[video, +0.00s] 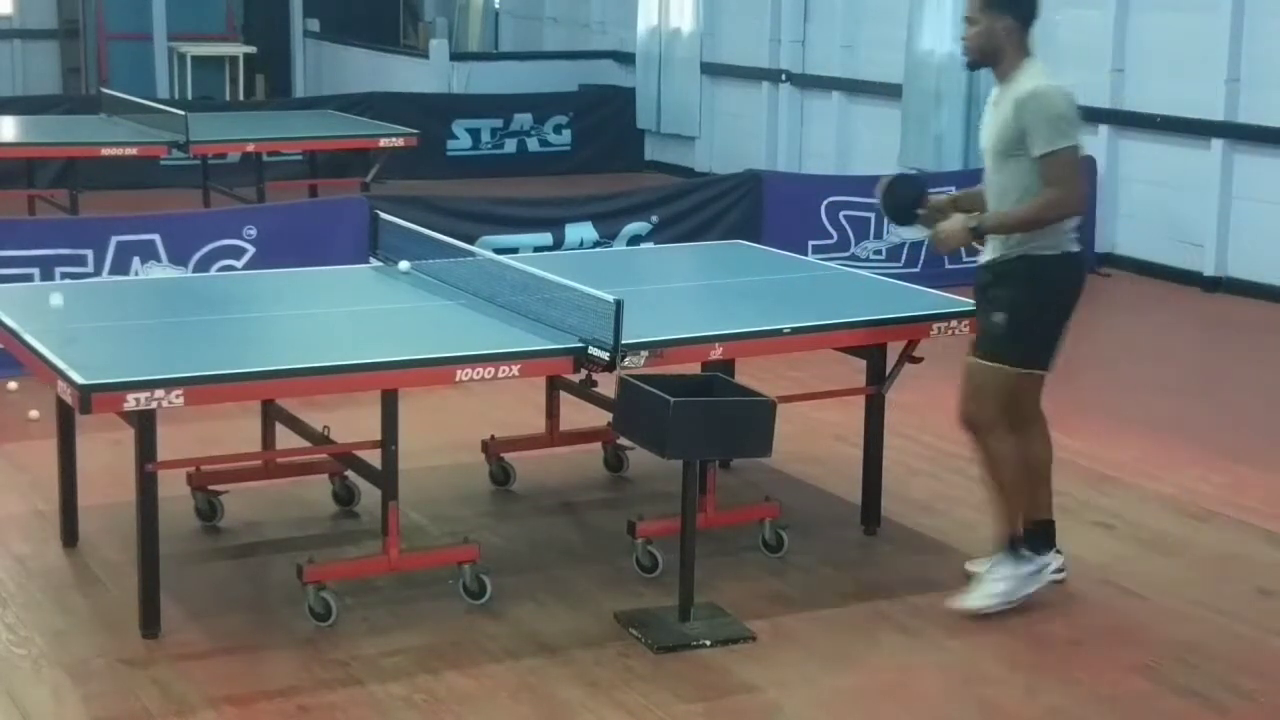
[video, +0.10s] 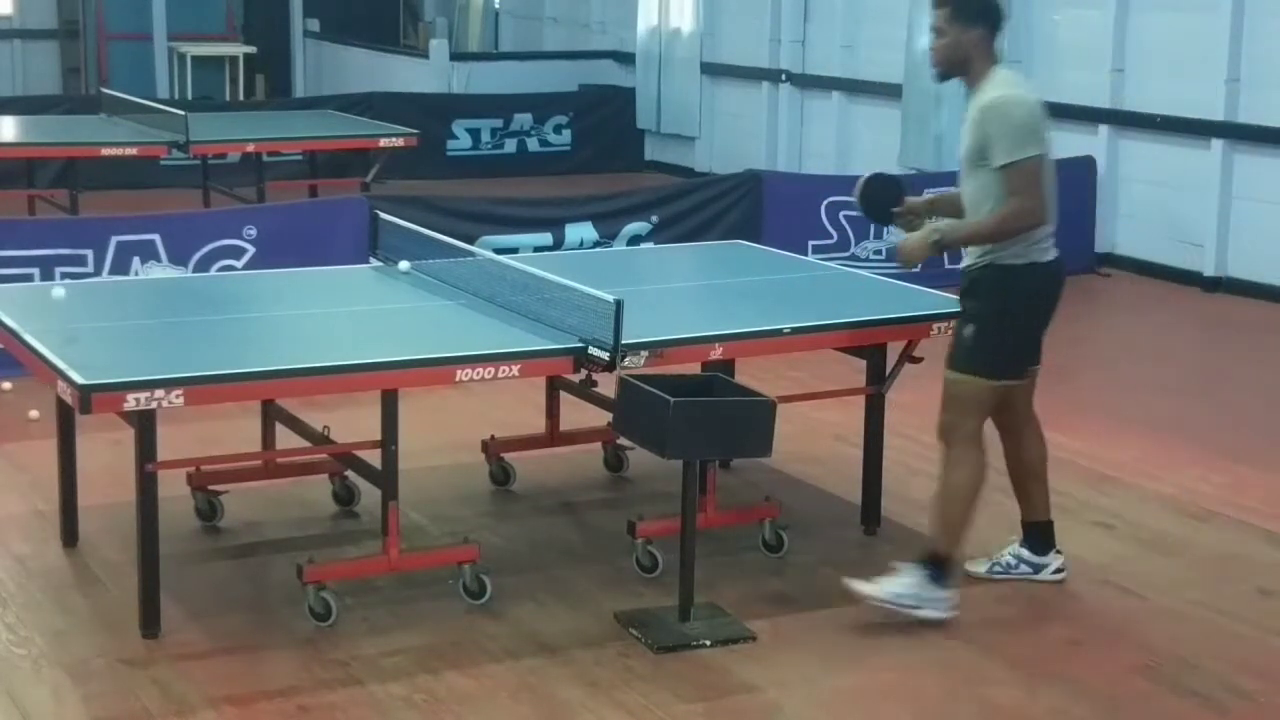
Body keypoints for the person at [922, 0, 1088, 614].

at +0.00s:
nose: (964, 35)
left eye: (973, 22)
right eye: (965, 22)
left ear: (1008, 26)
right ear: (1003, 28)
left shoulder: (1041, 97)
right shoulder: (1007, 97)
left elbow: (1069, 196)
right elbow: (1019, 188)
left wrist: (976, 225)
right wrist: (956, 202)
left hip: (1037, 267)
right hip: (1020, 264)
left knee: (982, 409)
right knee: (1020, 411)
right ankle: (1038, 546)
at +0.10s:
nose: (931, 45)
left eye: (941, 32)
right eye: (932, 33)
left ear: (979, 34)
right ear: (971, 36)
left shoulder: (1005, 104)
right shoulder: (990, 101)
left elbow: (1029, 209)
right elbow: (994, 194)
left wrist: (940, 237)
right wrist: (928, 206)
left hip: (1009, 278)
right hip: (1013, 273)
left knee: (959, 425)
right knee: (1013, 415)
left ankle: (935, 576)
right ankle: (1040, 549)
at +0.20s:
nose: (896, 61)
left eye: (903, 49)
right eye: (896, 49)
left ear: (936, 48)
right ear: (937, 48)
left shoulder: (964, 113)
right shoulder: (974, 100)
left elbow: (977, 227)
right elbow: (979, 201)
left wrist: (886, 264)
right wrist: (916, 213)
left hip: (984, 287)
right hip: (1008, 280)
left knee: (933, 433)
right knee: (1003, 416)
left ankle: (889, 589)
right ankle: (1039, 549)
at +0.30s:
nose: (848, 84)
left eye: (854, 71)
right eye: (845, 72)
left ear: (887, 61)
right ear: (899, 61)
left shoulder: (917, 125)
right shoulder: (958, 103)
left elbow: (915, 244)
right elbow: (962, 199)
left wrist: (827, 298)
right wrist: (896, 229)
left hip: (964, 290)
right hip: (1004, 280)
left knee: (897, 425)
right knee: (993, 412)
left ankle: (881, 591)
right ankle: (1036, 544)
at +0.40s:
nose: (806, 105)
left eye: (808, 91)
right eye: (802, 93)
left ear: (841, 78)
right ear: (854, 75)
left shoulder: (868, 139)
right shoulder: (927, 98)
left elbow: (854, 266)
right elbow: (973, 180)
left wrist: (772, 333)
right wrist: (891, 241)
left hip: (951, 291)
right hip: (1001, 277)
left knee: (892, 428)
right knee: (992, 407)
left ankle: (880, 591)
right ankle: (1029, 541)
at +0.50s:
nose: (778, 122)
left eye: (781, 108)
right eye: (773, 110)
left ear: (814, 92)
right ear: (823, 86)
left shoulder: (835, 155)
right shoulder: (905, 97)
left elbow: (814, 279)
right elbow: (974, 167)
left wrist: (741, 356)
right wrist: (898, 243)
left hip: (944, 292)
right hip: (1000, 272)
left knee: (892, 430)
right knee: (1001, 402)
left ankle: (880, 591)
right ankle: (1028, 540)